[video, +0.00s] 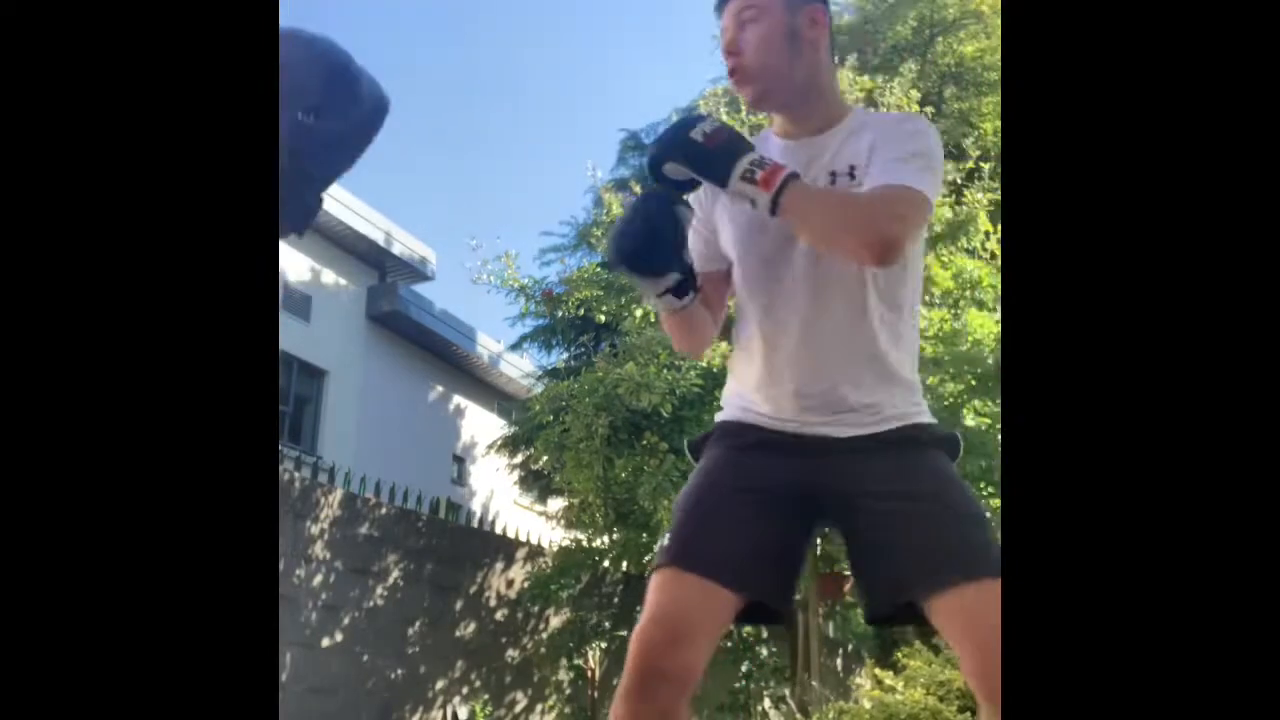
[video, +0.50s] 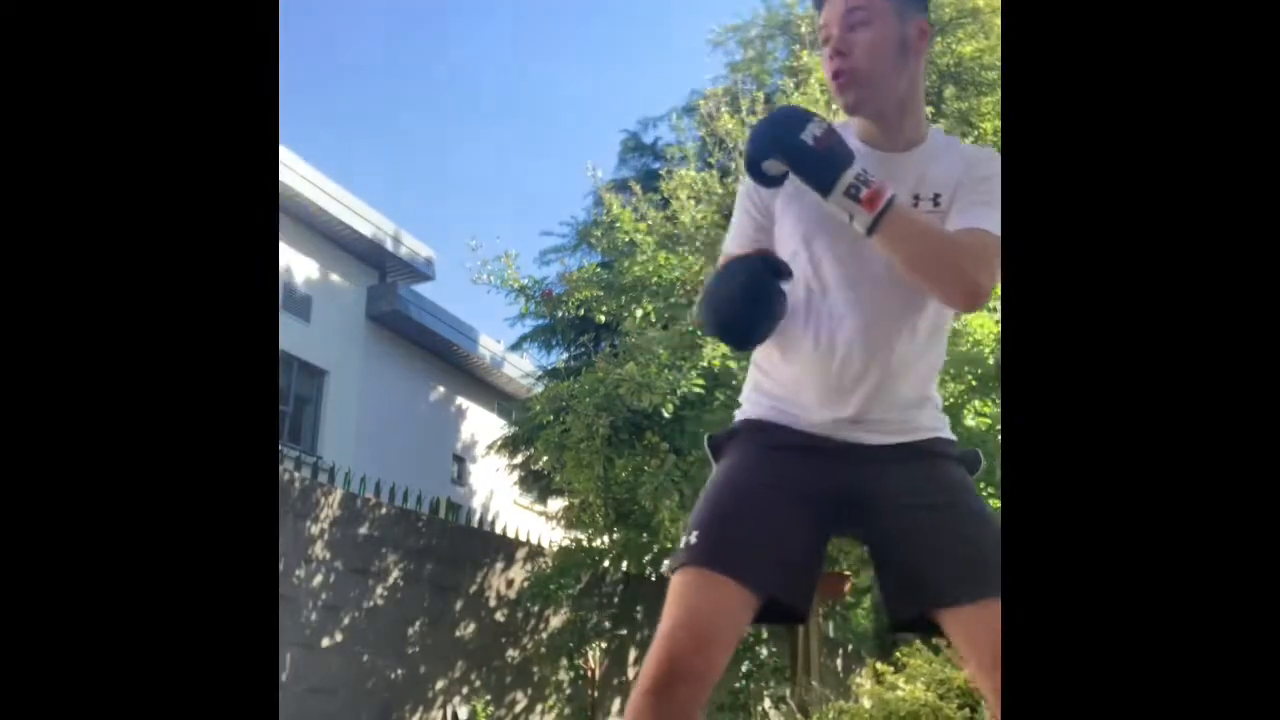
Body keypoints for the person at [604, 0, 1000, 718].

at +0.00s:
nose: (727, 51)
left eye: (745, 24)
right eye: (724, 37)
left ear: (813, 25)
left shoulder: (899, 134)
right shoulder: (722, 177)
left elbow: (882, 237)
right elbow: (695, 337)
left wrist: (744, 171)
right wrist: (664, 275)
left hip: (890, 434)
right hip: (754, 435)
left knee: (997, 662)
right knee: (656, 666)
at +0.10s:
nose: (728, 51)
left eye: (750, 25)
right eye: (724, 37)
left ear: (816, 34)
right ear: (723, 57)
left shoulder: (884, 139)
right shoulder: (707, 183)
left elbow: (861, 217)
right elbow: (668, 339)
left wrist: (717, 157)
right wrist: (627, 280)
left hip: (874, 444)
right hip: (739, 440)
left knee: (992, 676)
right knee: (633, 661)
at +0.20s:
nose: (733, 63)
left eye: (755, 37)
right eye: (726, 52)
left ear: (820, 45)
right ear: (724, 72)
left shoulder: (889, 152)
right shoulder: (703, 183)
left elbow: (875, 237)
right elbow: (655, 348)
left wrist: (740, 158)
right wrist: (646, 290)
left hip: (868, 447)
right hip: (731, 444)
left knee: (992, 660)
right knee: (624, 653)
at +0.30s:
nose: (768, 70)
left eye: (790, 42)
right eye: (759, 57)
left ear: (853, 51)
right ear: (754, 73)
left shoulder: (917, 169)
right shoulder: (729, 176)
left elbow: (909, 276)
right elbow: (685, 305)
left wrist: (782, 187)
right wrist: (684, 330)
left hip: (876, 451)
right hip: (740, 445)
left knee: (996, 659)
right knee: (631, 656)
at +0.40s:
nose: (809, 62)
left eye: (833, 37)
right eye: (802, 50)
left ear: (898, 49)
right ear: (796, 70)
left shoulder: (954, 177)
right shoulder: (767, 172)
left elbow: (951, 294)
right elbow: (713, 301)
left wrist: (822, 195)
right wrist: (714, 343)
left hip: (896, 451)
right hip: (763, 444)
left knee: (1001, 662)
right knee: (654, 670)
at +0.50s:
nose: (833, 50)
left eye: (856, 26)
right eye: (826, 38)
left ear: (919, 36)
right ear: (819, 58)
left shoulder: (976, 170)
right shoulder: (783, 158)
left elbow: (969, 283)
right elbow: (735, 284)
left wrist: (850, 189)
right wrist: (736, 303)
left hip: (910, 441)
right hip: (777, 433)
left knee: (1003, 669)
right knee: (672, 672)